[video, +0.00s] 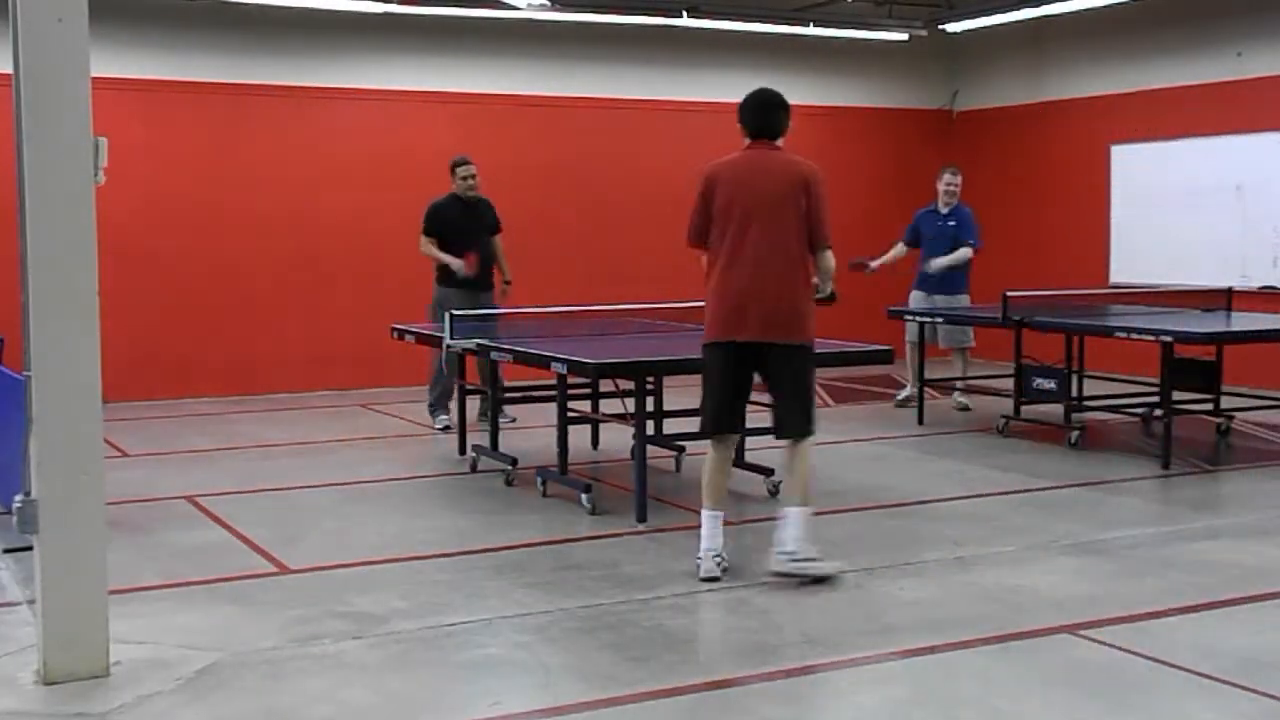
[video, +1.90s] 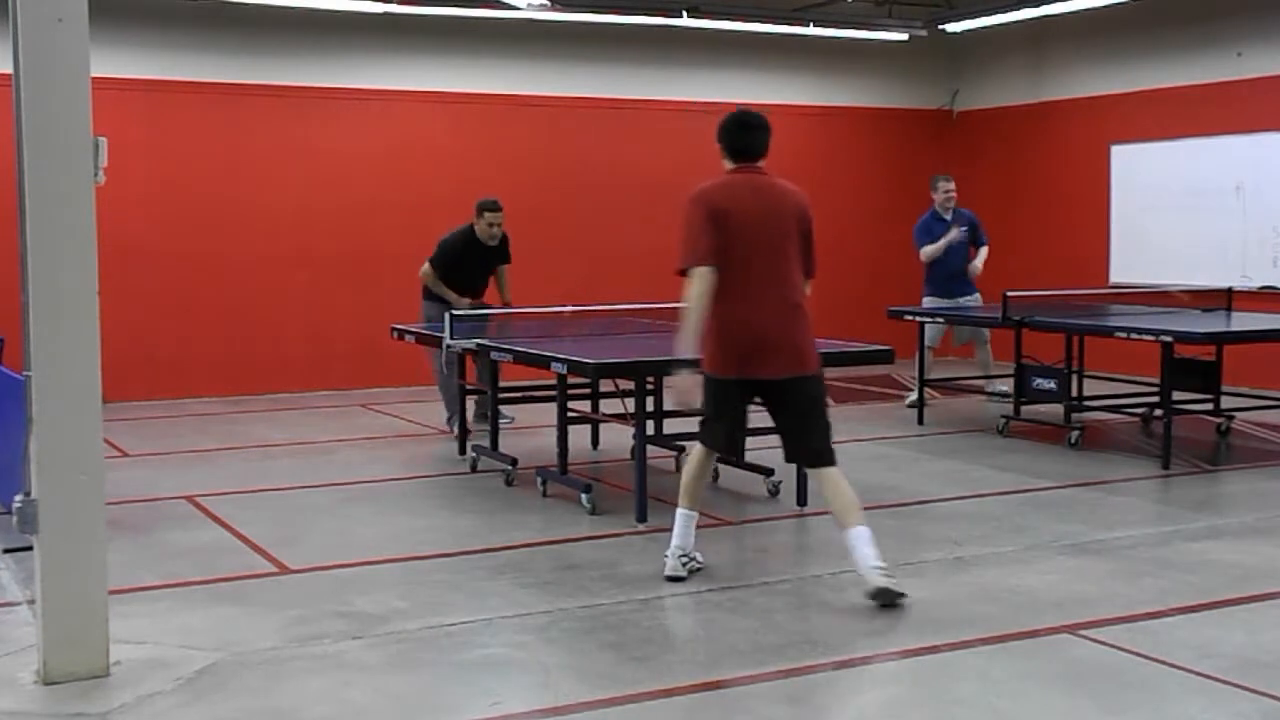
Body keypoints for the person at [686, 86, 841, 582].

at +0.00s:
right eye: (785, 121)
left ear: (742, 126)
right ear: (786, 126)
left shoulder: (718, 174)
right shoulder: (804, 175)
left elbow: (700, 242)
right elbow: (823, 256)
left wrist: (732, 267)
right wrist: (826, 285)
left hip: (726, 325)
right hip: (787, 325)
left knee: (721, 440)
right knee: (797, 438)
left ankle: (710, 552)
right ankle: (790, 547)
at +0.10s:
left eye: (736, 121)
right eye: (773, 122)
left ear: (731, 127)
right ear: (775, 127)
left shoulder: (707, 175)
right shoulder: (793, 174)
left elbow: (691, 240)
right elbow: (809, 248)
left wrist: (733, 252)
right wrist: (817, 280)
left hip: (714, 325)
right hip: (772, 326)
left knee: (715, 440)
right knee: (766, 446)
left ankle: (708, 553)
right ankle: (737, 549)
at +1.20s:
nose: (741, 147)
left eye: (739, 139)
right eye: (740, 139)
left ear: (692, 139)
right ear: (730, 140)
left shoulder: (658, 185)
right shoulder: (741, 183)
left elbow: (647, 258)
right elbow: (766, 260)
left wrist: (682, 288)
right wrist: (791, 284)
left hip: (669, 341)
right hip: (723, 340)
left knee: (686, 444)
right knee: (735, 457)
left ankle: (676, 554)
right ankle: (698, 566)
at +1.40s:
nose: (728, 145)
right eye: (729, 138)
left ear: (680, 140)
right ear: (725, 141)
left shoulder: (655, 188)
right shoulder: (744, 187)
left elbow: (627, 275)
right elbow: (756, 265)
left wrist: (624, 287)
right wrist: (730, 296)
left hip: (679, 341)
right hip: (736, 341)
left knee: (687, 446)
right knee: (739, 456)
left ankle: (675, 554)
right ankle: (698, 564)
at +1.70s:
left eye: (689, 137)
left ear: (690, 142)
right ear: (735, 141)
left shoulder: (672, 192)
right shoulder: (761, 189)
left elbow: (636, 272)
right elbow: (772, 267)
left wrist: (591, 338)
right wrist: (740, 307)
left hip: (699, 345)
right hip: (762, 343)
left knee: (695, 444)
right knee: (787, 450)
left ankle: (678, 551)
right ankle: (782, 558)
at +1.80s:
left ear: (704, 145)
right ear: (748, 143)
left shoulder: (686, 195)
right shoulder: (773, 193)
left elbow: (660, 276)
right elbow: (786, 273)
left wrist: (631, 353)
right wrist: (761, 323)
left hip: (710, 352)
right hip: (774, 349)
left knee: (699, 446)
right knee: (805, 456)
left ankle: (679, 551)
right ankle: (831, 563)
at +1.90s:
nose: (722, 152)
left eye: (721, 145)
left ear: (722, 150)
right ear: (766, 149)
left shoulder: (708, 199)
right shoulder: (793, 199)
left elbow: (702, 276)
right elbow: (804, 282)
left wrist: (684, 356)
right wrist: (782, 333)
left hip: (727, 354)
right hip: (792, 356)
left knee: (706, 445)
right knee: (823, 463)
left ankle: (679, 551)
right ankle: (873, 570)